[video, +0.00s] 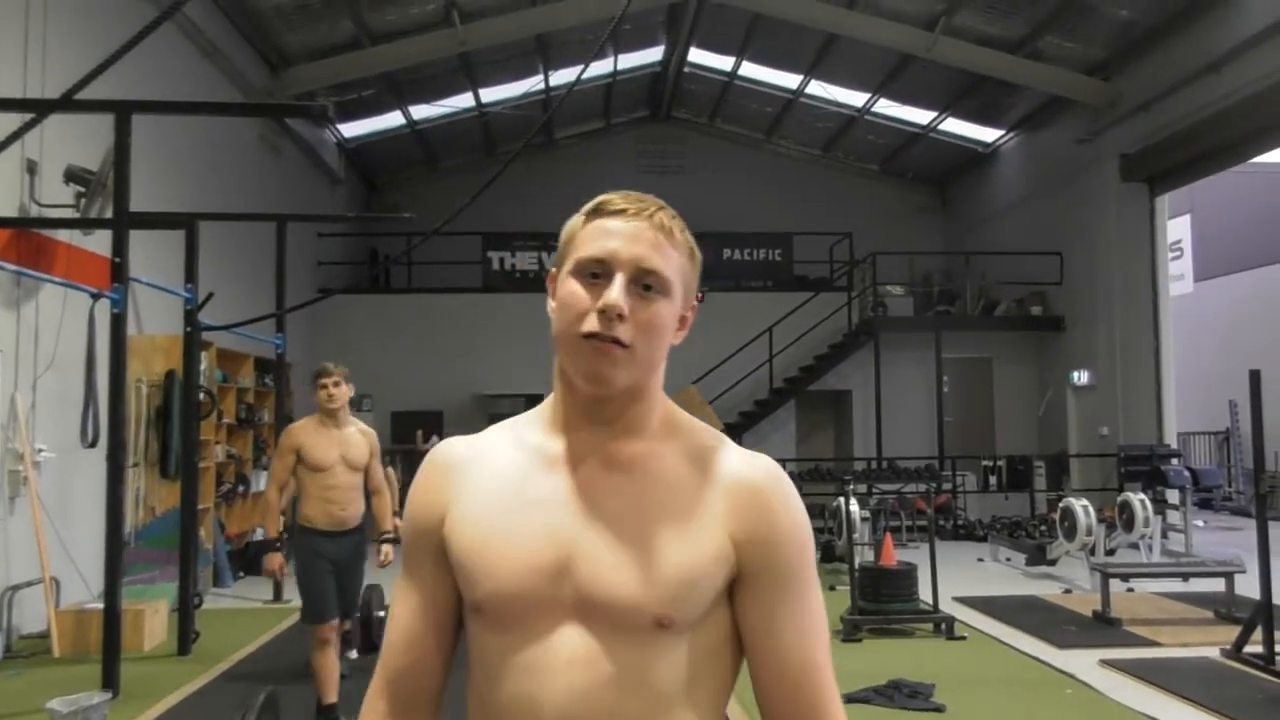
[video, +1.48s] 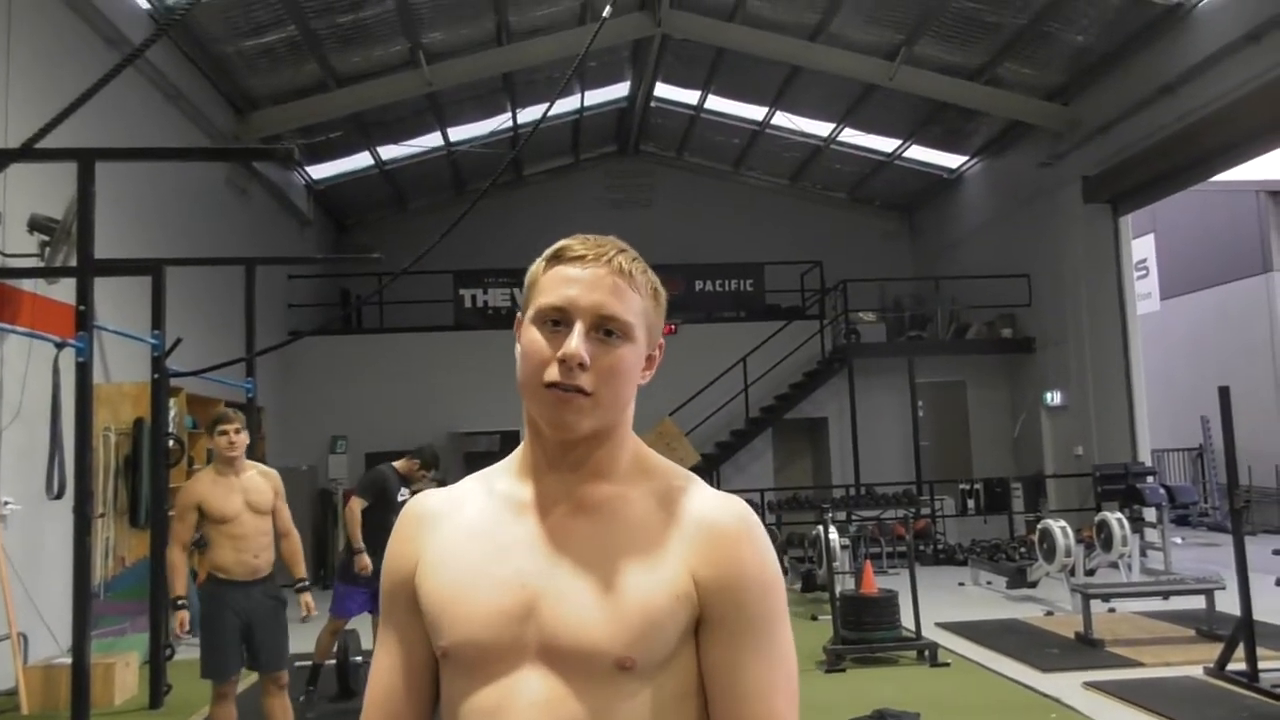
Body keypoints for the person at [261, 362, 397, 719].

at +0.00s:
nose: (330, 391)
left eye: (337, 385)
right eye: (323, 387)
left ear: (349, 391)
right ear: (315, 394)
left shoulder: (366, 436)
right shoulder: (297, 434)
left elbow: (379, 489)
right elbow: (274, 489)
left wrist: (387, 535)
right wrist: (272, 545)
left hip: (354, 538)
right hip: (312, 538)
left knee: (339, 627)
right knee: (325, 633)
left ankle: (327, 702)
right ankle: (329, 709)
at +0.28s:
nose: (322, 398)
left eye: (329, 392)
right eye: (316, 393)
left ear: (343, 398)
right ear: (307, 399)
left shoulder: (356, 444)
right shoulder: (285, 436)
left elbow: (365, 502)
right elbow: (259, 487)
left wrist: (369, 556)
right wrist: (253, 540)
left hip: (336, 544)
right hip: (291, 543)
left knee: (324, 636)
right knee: (298, 636)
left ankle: (319, 710)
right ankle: (297, 712)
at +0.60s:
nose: (288, 408)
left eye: (295, 402)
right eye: (282, 403)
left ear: (309, 408)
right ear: (274, 409)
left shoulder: (328, 453)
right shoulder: (255, 451)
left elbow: (343, 509)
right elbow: (237, 505)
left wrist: (352, 561)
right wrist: (232, 561)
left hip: (310, 561)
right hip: (263, 561)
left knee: (306, 648)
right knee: (250, 653)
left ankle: (308, 714)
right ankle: (240, 715)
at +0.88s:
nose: (252, 417)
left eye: (260, 411)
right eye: (246, 411)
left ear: (275, 417)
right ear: (237, 419)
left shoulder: (295, 461)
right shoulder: (221, 463)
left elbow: (311, 516)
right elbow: (204, 519)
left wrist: (313, 570)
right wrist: (199, 575)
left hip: (285, 570)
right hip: (237, 572)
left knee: (291, 662)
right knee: (236, 666)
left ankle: (301, 716)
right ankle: (231, 718)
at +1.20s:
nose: (229, 431)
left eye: (236, 424)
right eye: (221, 426)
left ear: (247, 428)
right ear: (211, 434)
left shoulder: (273, 468)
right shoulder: (197, 480)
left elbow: (293, 522)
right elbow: (164, 535)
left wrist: (286, 569)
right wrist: (174, 593)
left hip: (272, 579)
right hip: (223, 584)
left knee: (290, 669)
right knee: (227, 679)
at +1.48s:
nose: (232, 439)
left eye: (238, 432)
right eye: (223, 434)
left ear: (248, 437)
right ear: (211, 441)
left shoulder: (269, 478)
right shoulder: (196, 487)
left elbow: (287, 534)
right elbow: (177, 546)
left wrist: (302, 585)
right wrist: (180, 603)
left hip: (266, 590)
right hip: (220, 594)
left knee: (278, 680)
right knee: (225, 686)